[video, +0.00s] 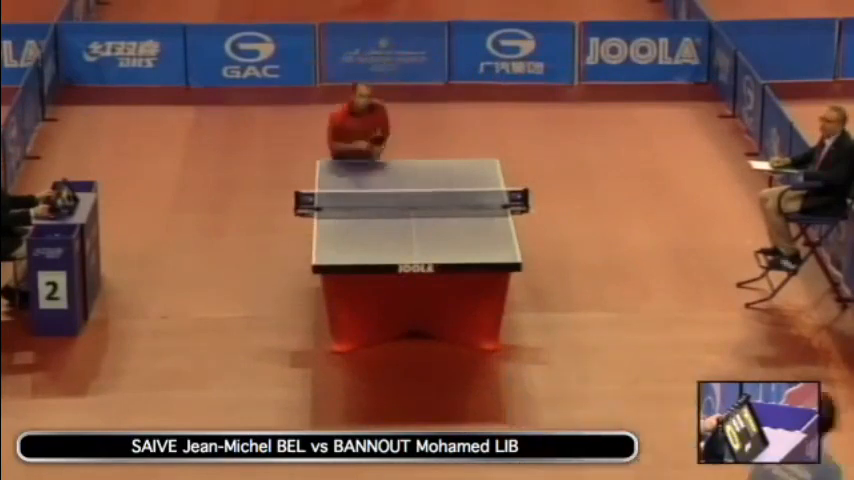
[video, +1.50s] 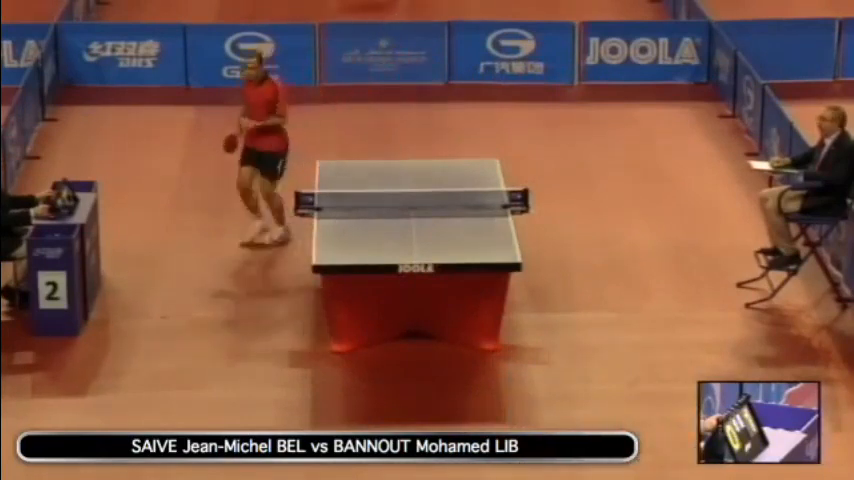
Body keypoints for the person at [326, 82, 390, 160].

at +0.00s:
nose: (364, 100)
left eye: (367, 97)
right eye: (361, 96)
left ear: (371, 98)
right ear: (353, 96)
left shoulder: (379, 111)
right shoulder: (337, 117)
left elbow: (385, 134)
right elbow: (332, 145)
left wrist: (378, 148)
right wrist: (353, 146)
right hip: (343, 166)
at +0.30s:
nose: (353, 67)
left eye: (356, 63)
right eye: (349, 63)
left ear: (359, 64)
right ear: (342, 65)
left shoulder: (374, 81)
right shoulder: (331, 87)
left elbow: (387, 103)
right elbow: (320, 112)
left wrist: (384, 117)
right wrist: (333, 121)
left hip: (373, 126)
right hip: (348, 127)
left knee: (383, 160)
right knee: (336, 164)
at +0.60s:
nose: (369, 72)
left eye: (372, 68)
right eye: (365, 69)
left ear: (376, 70)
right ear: (359, 70)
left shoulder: (391, 88)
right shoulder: (351, 90)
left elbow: (404, 113)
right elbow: (343, 112)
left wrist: (392, 133)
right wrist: (334, 136)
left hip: (390, 135)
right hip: (364, 137)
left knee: (410, 166)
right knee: (349, 168)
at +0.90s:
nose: (329, 62)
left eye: (332, 58)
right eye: (326, 58)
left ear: (339, 60)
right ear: (322, 61)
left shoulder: (352, 81)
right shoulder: (324, 82)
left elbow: (355, 112)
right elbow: (324, 108)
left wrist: (326, 118)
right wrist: (314, 132)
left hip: (362, 133)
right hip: (339, 132)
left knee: (372, 171)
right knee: (325, 165)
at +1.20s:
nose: (291, 63)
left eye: (295, 59)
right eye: (289, 59)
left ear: (303, 61)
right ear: (285, 62)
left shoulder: (319, 78)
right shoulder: (286, 85)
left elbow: (342, 96)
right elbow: (280, 109)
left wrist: (329, 120)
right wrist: (268, 130)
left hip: (324, 132)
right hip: (306, 135)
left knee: (300, 169)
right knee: (316, 178)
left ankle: (306, 223)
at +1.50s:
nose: (249, 72)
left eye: (253, 68)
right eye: (247, 68)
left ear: (262, 69)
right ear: (246, 70)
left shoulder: (276, 88)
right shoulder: (249, 87)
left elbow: (281, 119)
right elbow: (246, 112)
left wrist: (255, 124)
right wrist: (239, 130)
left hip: (273, 145)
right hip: (253, 143)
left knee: (267, 189)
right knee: (243, 184)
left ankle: (282, 228)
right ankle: (260, 222)